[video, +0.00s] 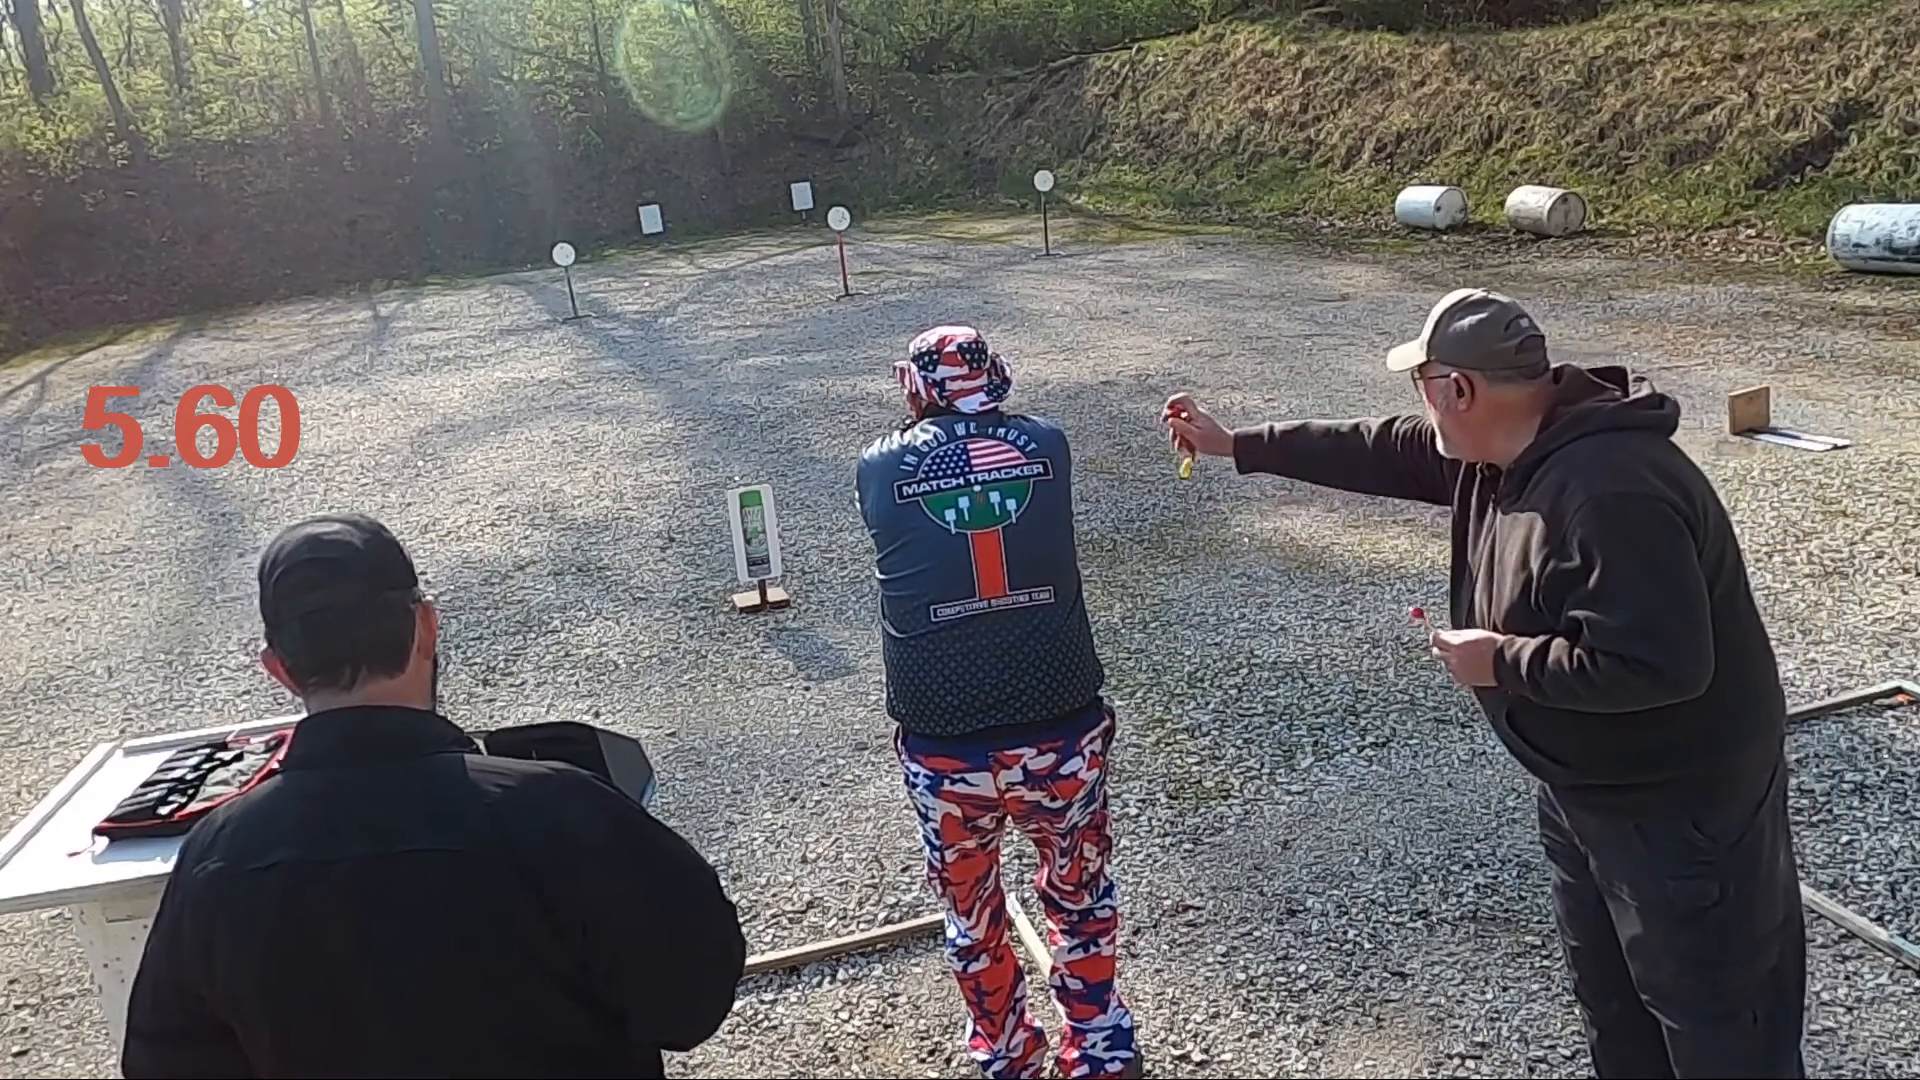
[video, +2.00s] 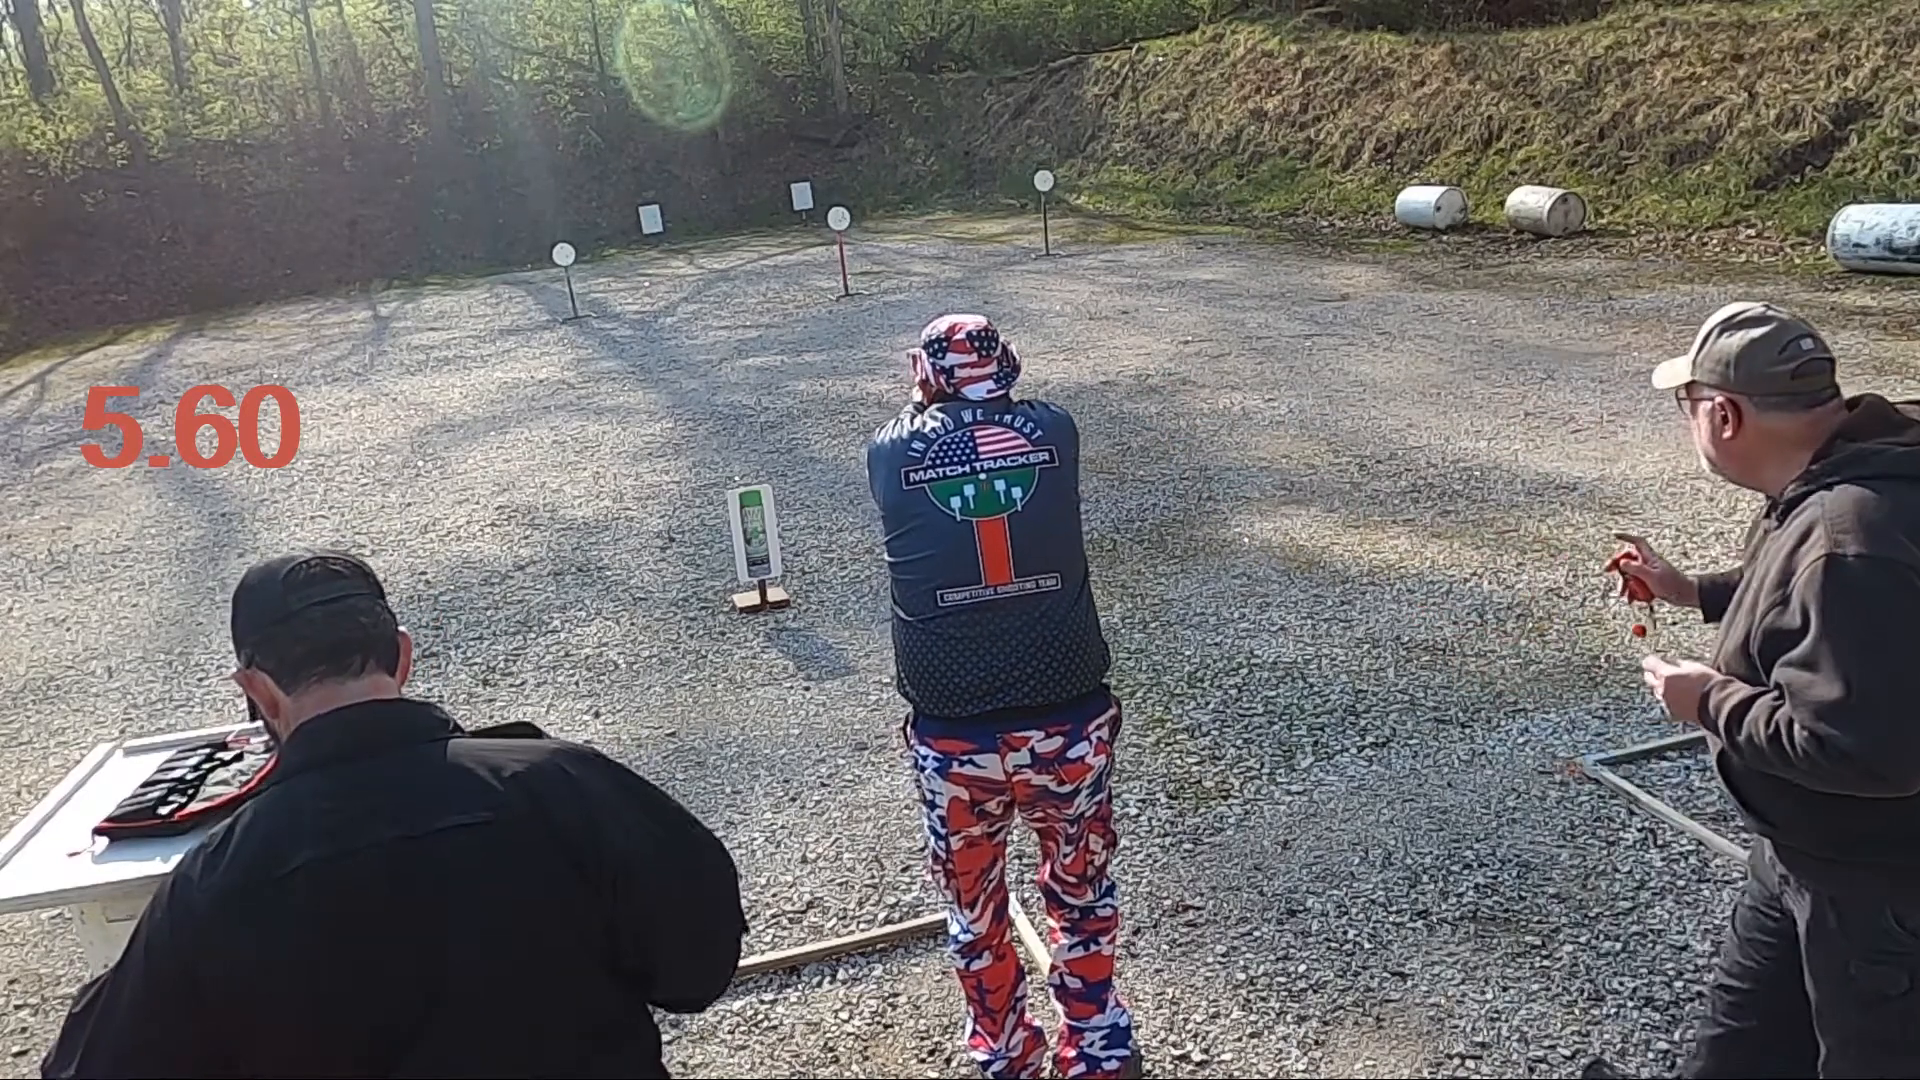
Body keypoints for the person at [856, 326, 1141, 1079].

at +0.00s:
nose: (905, 398)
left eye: (907, 389)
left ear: (916, 397)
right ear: (996, 389)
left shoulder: (878, 470)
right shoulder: (1046, 442)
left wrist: (929, 419)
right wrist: (945, 414)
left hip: (944, 748)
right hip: (1062, 734)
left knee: (972, 907)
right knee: (1080, 896)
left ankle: (1006, 1058)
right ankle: (1102, 1056)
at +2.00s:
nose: (920, 388)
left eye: (921, 379)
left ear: (927, 388)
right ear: (1004, 379)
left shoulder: (888, 458)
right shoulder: (1054, 430)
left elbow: (907, 437)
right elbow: (993, 424)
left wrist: (931, 399)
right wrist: (952, 395)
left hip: (955, 740)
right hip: (1071, 727)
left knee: (975, 901)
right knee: (1082, 891)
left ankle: (1003, 1055)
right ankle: (1099, 1052)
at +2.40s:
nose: (981, 380)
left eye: (979, 369)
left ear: (978, 378)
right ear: (1056, 368)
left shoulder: (939, 446)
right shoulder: (1101, 419)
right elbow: (1053, 419)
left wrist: (993, 396)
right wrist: (1012, 391)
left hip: (1005, 725)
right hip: (1126, 711)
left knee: (995, 892)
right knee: (1172, 847)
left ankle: (1001, 1055)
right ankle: (1176, 1025)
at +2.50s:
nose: (1077, 392)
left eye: (1015, 379)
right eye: (1081, 379)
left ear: (1010, 389)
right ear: (1088, 383)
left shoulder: (970, 460)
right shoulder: (1131, 433)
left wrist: (1032, 410)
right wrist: (1051, 406)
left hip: (1032, 736)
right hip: (1155, 721)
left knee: (1008, 887)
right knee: (1236, 844)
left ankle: (1002, 1052)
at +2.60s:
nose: (1131, 402)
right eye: (1133, 390)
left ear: (1063, 400)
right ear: (1139, 395)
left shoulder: (1019, 469)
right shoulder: (1180, 447)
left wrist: (1084, 416)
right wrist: (1095, 418)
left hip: (1063, 743)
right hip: (1190, 733)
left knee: (1028, 888)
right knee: (1293, 838)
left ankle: (1004, 1051)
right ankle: (1394, 966)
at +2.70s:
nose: (1210, 392)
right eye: (1213, 380)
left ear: (1143, 387)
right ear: (1220, 387)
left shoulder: (1097, 453)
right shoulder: (1257, 441)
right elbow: (1202, 443)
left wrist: (1161, 403)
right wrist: (1170, 404)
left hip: (1119, 733)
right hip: (1245, 731)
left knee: (1065, 880)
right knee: (1344, 826)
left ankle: (1013, 1052)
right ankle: (1434, 957)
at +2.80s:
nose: (1232, 365)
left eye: (1233, 352)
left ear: (1237, 365)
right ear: (1313, 364)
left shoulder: (1189, 428)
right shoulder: (1350, 417)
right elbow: (1294, 417)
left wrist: (1258, 383)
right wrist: (1264, 380)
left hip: (1194, 701)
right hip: (1319, 704)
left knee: (1123, 843)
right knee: (1401, 820)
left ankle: (1028, 1013)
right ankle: (1445, 968)